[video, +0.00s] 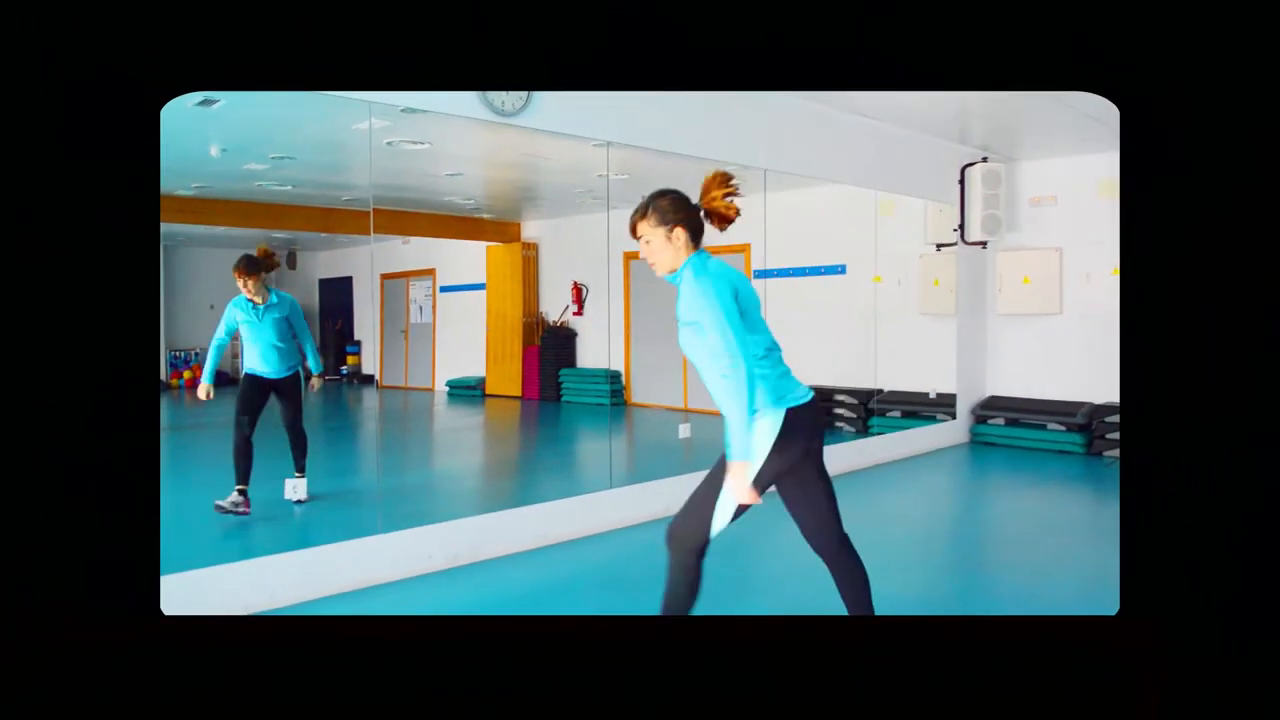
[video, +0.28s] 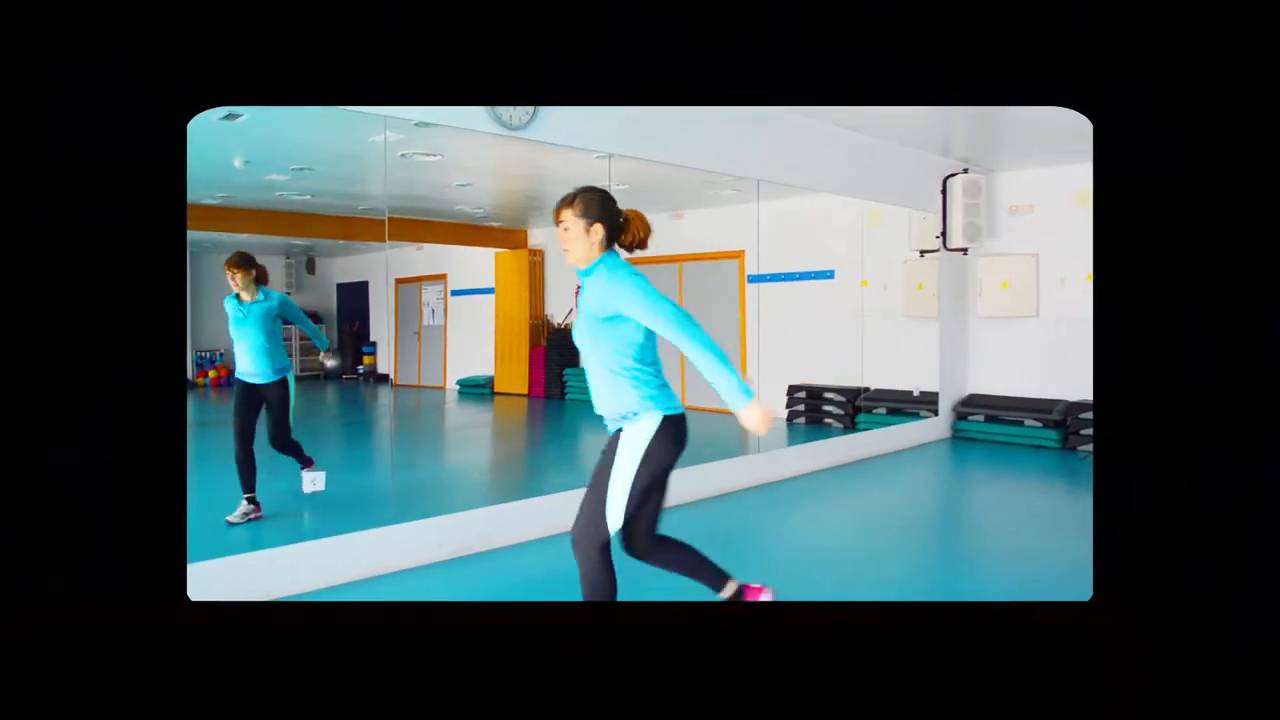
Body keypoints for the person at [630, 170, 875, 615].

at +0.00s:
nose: (642, 253)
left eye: (647, 241)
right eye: (640, 244)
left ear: (679, 236)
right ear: (679, 238)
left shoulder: (698, 286)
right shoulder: (719, 274)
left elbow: (732, 375)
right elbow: (756, 358)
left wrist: (739, 467)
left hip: (774, 424)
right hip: (798, 416)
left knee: (684, 536)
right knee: (832, 543)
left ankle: (671, 614)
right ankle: (864, 615)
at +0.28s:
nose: (560, 238)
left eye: (566, 228)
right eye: (559, 228)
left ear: (597, 233)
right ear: (592, 234)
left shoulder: (616, 281)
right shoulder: (597, 280)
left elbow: (684, 330)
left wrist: (742, 400)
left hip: (649, 424)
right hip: (634, 424)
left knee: (588, 537)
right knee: (638, 539)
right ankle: (736, 592)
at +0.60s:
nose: (476, 224)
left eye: (488, 216)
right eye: (472, 215)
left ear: (514, 227)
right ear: (467, 222)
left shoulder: (535, 284)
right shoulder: (453, 279)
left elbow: (575, 349)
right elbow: (426, 332)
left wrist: (548, 398)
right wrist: (381, 364)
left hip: (520, 429)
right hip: (465, 429)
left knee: (518, 542)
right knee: (433, 534)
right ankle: (407, 598)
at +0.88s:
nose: (389, 219)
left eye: (389, 210)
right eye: (379, 210)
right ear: (347, 215)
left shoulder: (386, 267)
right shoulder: (308, 260)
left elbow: (371, 313)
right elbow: (235, 286)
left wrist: (382, 344)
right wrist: (274, 336)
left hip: (367, 409)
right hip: (310, 409)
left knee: (371, 520)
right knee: (301, 518)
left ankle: (351, 591)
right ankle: (280, 595)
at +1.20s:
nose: (206, 260)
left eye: (207, 251)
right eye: (196, 251)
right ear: (169, 254)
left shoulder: (180, 300)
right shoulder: (153, 303)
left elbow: (186, 352)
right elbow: (165, 383)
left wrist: (221, 342)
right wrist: (228, 364)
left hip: (166, 425)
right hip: (134, 427)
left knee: (173, 526)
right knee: (151, 530)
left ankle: (131, 599)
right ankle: (110, 601)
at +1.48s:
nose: (50, 238)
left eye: (53, 229)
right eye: (41, 228)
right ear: (14, 228)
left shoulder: (26, 262)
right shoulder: (13, 268)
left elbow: (62, 254)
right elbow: (87, 278)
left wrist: (107, 233)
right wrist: (147, 249)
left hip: (17, 399)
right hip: (5, 402)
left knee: (14, 496)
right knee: (10, 498)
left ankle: (1, 582)